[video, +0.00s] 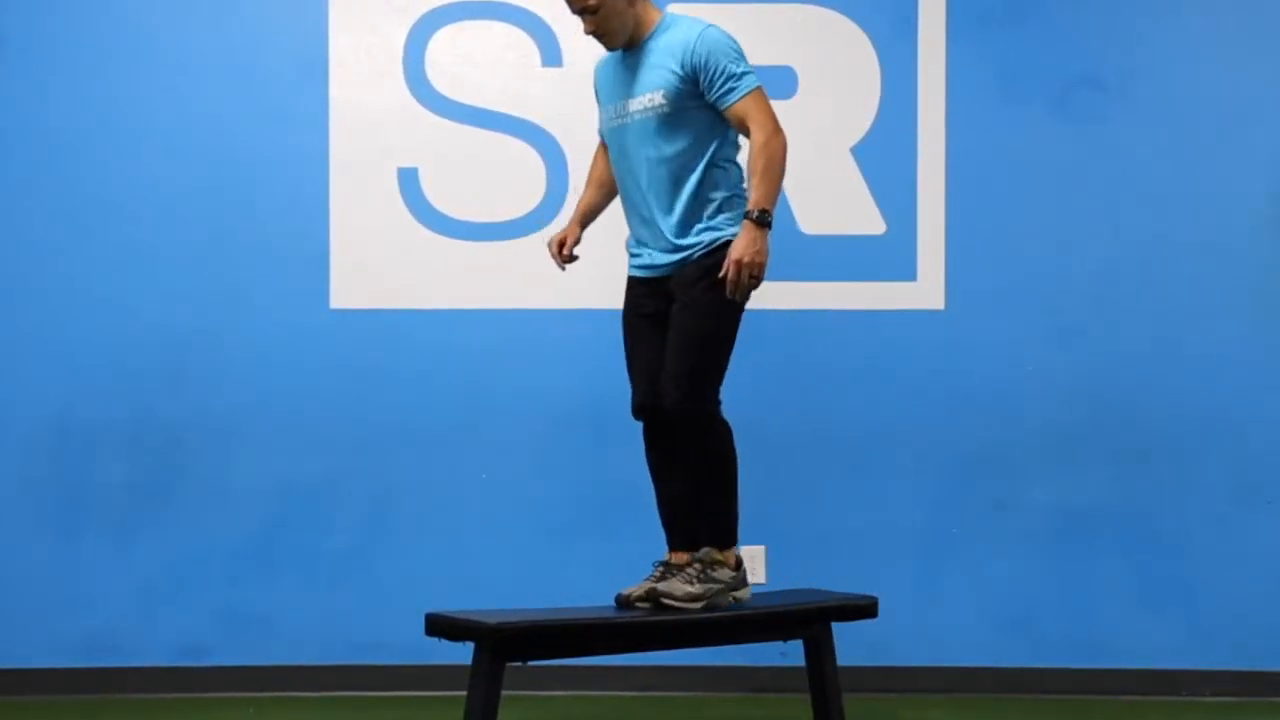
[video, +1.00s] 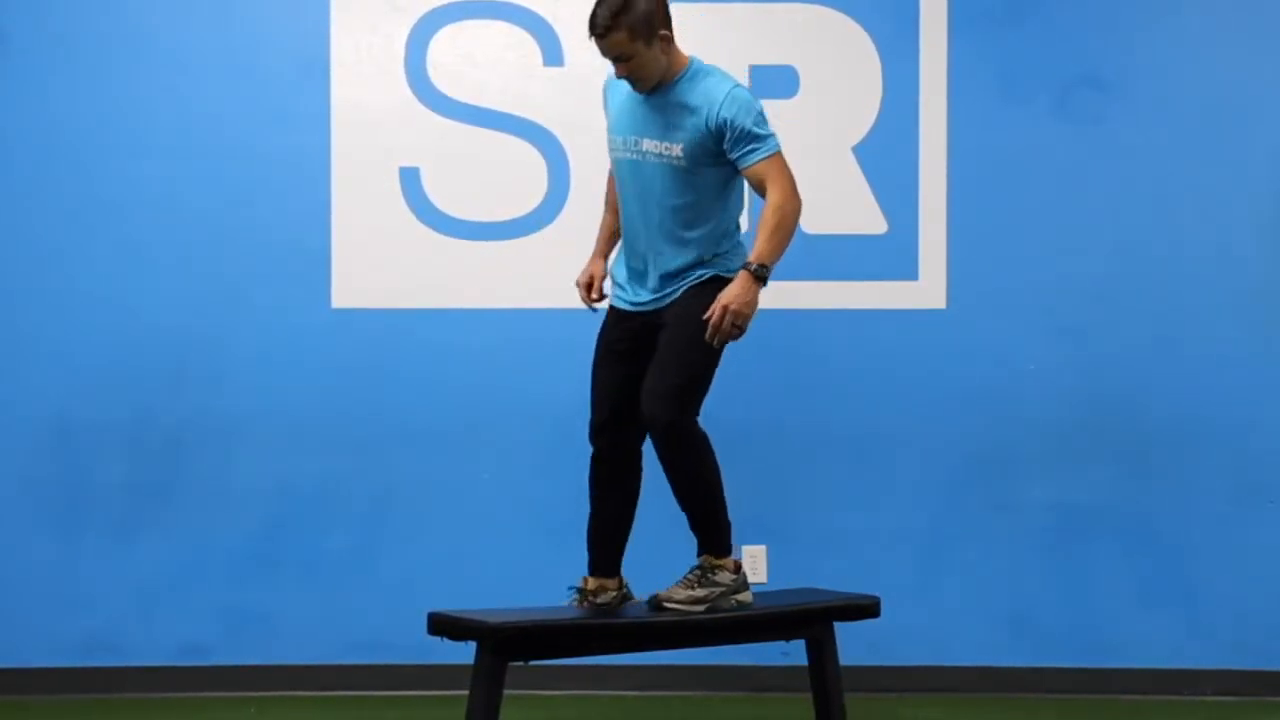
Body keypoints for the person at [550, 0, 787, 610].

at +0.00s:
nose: (583, 24)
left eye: (587, 10)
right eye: (577, 14)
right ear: (595, 11)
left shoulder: (699, 44)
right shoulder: (608, 70)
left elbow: (767, 134)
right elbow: (613, 154)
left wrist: (757, 225)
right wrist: (577, 220)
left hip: (712, 253)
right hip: (648, 265)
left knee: (689, 401)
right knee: (653, 409)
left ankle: (722, 562)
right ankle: (682, 561)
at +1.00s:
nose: (618, 71)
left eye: (625, 58)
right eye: (611, 60)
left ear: (663, 37)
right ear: (608, 49)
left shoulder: (724, 102)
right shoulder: (619, 91)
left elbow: (785, 198)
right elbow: (623, 175)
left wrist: (752, 277)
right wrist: (601, 253)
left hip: (703, 285)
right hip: (633, 288)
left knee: (667, 414)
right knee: (612, 429)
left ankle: (721, 569)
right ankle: (603, 581)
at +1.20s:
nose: (610, 160)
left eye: (620, 150)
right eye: (605, 149)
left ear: (657, 130)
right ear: (599, 136)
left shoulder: (709, 183)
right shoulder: (595, 169)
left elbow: (789, 258)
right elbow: (577, 237)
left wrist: (775, 340)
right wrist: (529, 306)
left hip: (694, 348)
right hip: (620, 362)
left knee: (635, 434)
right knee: (608, 508)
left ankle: (716, 566)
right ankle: (598, 655)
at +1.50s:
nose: (569, 222)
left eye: (576, 209)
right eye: (560, 211)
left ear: (610, 189)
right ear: (553, 200)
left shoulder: (668, 234)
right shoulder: (560, 250)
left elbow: (740, 307)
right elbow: (552, 336)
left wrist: (755, 390)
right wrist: (508, 407)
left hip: (685, 392)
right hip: (611, 417)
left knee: (621, 426)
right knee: (595, 562)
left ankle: (712, 559)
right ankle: (624, 705)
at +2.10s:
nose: (534, 207)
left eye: (539, 193)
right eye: (526, 197)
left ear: (574, 176)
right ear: (526, 192)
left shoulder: (636, 219)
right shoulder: (549, 243)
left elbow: (712, 286)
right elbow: (560, 333)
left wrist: (690, 343)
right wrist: (529, 415)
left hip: (654, 391)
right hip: (599, 411)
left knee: (576, 474)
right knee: (612, 558)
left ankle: (645, 583)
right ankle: (630, 703)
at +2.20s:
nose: (533, 206)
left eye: (538, 190)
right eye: (525, 195)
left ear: (574, 173)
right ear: (529, 189)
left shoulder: (635, 220)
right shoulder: (550, 244)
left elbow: (704, 294)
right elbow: (561, 335)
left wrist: (682, 355)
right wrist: (525, 417)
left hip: (643, 401)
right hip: (585, 422)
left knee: (596, 530)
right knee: (608, 550)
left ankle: (647, 673)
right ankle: (632, 687)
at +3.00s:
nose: (528, 216)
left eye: (532, 201)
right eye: (517, 207)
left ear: (562, 179)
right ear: (512, 202)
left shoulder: (626, 218)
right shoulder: (539, 257)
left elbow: (702, 287)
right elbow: (548, 348)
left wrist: (698, 362)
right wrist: (525, 432)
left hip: (646, 388)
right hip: (583, 415)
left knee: (588, 488)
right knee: (595, 545)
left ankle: (639, 625)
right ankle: (629, 702)